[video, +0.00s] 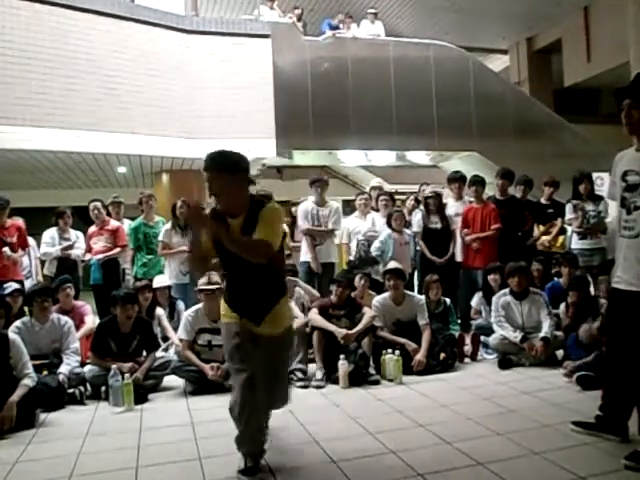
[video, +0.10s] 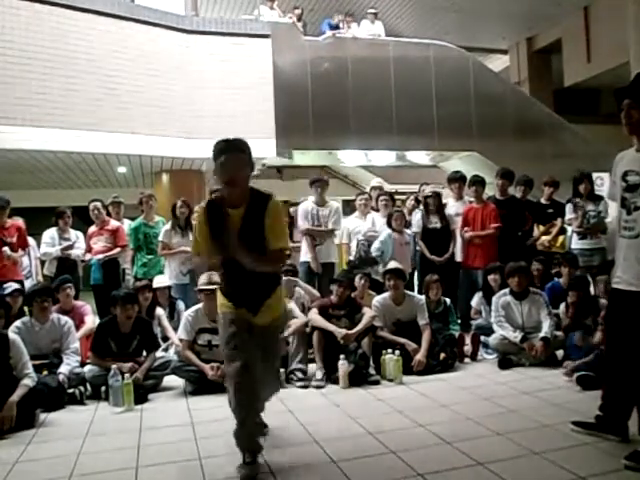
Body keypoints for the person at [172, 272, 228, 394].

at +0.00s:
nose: (211, 296)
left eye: (214, 292)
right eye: (206, 293)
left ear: (221, 293)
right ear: (199, 296)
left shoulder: (230, 314)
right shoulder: (191, 315)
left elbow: (239, 347)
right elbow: (183, 349)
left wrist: (224, 368)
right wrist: (205, 367)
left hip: (226, 362)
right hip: (200, 362)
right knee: (177, 366)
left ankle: (200, 386)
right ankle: (225, 383)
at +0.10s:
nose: (210, 297)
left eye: (213, 293)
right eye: (206, 293)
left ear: (220, 293)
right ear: (200, 295)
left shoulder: (229, 314)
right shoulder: (191, 315)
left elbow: (239, 347)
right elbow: (184, 349)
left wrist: (225, 368)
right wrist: (205, 368)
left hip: (226, 362)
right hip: (201, 360)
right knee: (177, 366)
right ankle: (227, 382)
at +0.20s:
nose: (210, 297)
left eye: (212, 293)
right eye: (206, 293)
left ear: (219, 293)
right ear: (200, 296)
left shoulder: (228, 313)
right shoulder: (191, 315)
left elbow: (237, 346)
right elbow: (183, 349)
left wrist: (226, 367)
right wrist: (205, 368)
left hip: (225, 361)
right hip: (200, 360)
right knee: (177, 366)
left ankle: (200, 386)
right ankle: (226, 381)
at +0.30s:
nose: (208, 296)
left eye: (211, 292)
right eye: (204, 293)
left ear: (217, 293)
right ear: (199, 295)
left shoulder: (227, 313)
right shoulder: (191, 315)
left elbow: (234, 345)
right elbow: (184, 349)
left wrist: (219, 365)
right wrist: (204, 367)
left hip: (224, 359)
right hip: (200, 358)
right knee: (177, 366)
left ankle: (203, 386)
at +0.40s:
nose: (207, 297)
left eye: (210, 293)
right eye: (204, 293)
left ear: (217, 294)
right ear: (199, 295)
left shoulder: (227, 313)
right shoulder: (191, 315)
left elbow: (236, 346)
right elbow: (184, 349)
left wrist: (220, 365)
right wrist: (204, 368)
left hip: (224, 360)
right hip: (200, 359)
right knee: (176, 366)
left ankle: (202, 386)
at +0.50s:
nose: (206, 296)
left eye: (209, 292)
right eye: (203, 292)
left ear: (216, 293)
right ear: (199, 295)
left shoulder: (225, 313)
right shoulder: (191, 315)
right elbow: (183, 349)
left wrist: (221, 365)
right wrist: (204, 367)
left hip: (222, 360)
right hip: (199, 358)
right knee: (176, 366)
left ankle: (201, 386)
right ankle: (223, 383)